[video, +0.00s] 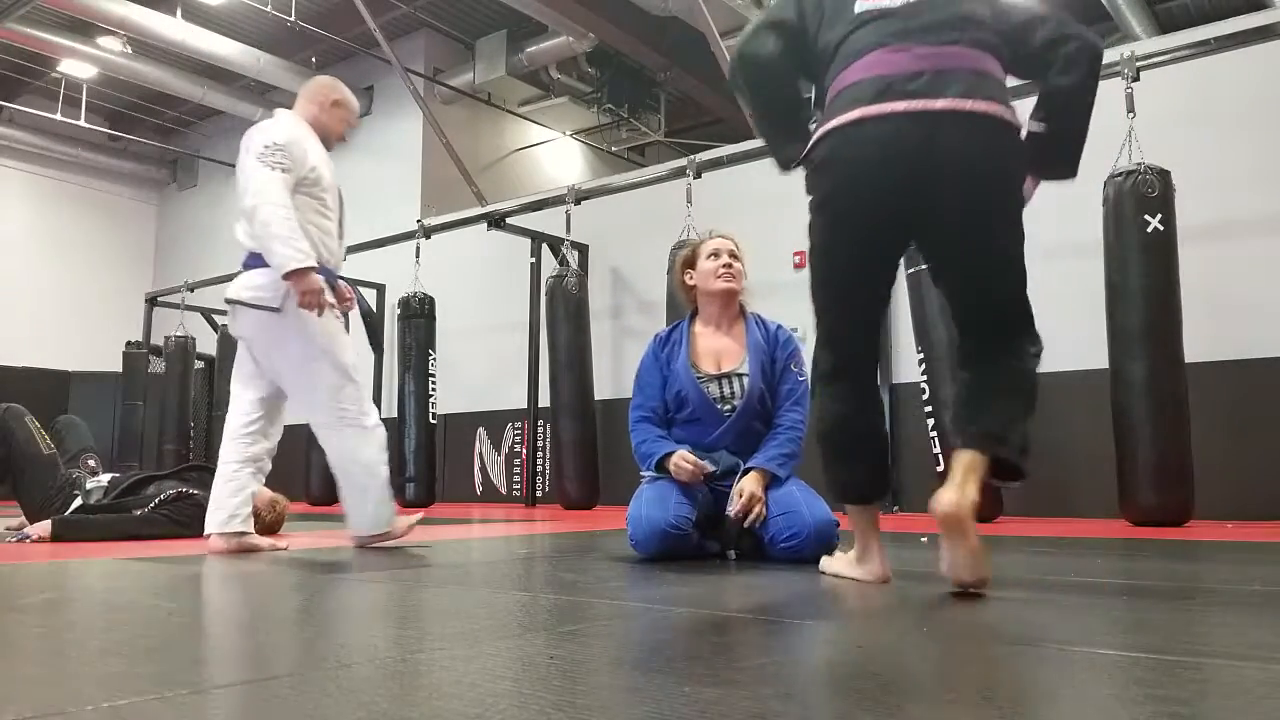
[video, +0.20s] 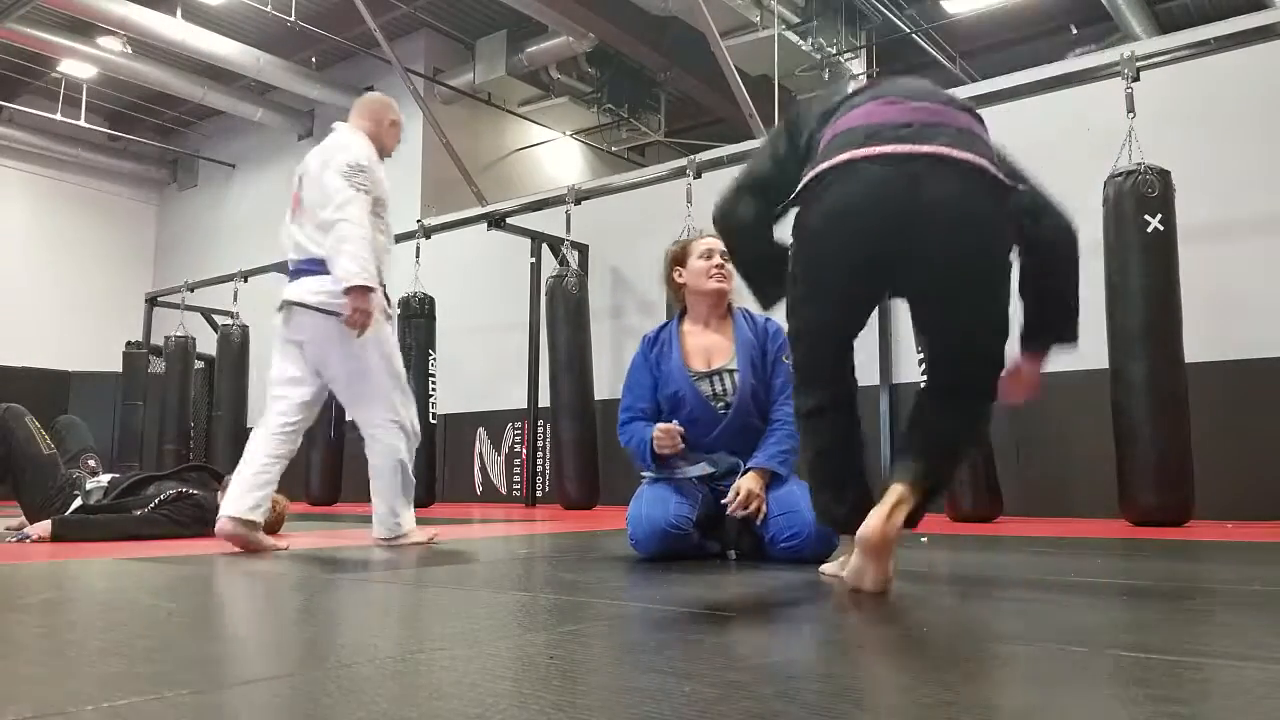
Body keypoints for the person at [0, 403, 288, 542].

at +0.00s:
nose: (250, 486)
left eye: (253, 492)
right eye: (254, 488)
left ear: (243, 510)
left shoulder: (198, 512)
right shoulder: (218, 485)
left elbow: (130, 524)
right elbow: (148, 488)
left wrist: (56, 527)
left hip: (68, 499)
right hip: (101, 485)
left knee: (12, 415)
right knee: (68, 421)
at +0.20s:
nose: (238, 479)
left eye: (245, 489)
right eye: (246, 483)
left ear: (243, 512)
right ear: (246, 509)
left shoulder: (198, 511)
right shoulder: (215, 489)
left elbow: (130, 524)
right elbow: (144, 494)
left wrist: (56, 527)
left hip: (67, 500)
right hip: (100, 486)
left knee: (12, 415)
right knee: (68, 421)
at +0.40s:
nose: (248, 477)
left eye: (251, 489)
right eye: (257, 484)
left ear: (234, 512)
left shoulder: (199, 513)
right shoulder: (216, 490)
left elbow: (130, 524)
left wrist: (55, 527)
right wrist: (113, 481)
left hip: (66, 500)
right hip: (98, 485)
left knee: (12, 415)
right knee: (68, 422)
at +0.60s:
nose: (247, 476)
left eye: (249, 488)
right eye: (255, 483)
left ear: (233, 510)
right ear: (235, 505)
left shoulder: (197, 513)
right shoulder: (217, 490)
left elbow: (130, 524)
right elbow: (156, 486)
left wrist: (56, 526)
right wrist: (113, 479)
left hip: (67, 500)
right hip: (99, 485)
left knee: (11, 415)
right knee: (68, 421)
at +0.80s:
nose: (248, 476)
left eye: (250, 488)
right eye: (256, 483)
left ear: (233, 511)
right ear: (236, 505)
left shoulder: (198, 513)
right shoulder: (216, 490)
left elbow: (129, 525)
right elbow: (154, 487)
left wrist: (55, 527)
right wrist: (114, 479)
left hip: (68, 501)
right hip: (100, 484)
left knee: (11, 415)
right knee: (68, 422)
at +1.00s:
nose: (247, 476)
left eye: (249, 488)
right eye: (255, 483)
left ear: (233, 510)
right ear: (235, 505)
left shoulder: (197, 513)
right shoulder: (216, 491)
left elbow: (128, 524)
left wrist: (56, 527)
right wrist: (112, 481)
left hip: (68, 501)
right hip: (101, 485)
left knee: (12, 414)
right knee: (68, 421)